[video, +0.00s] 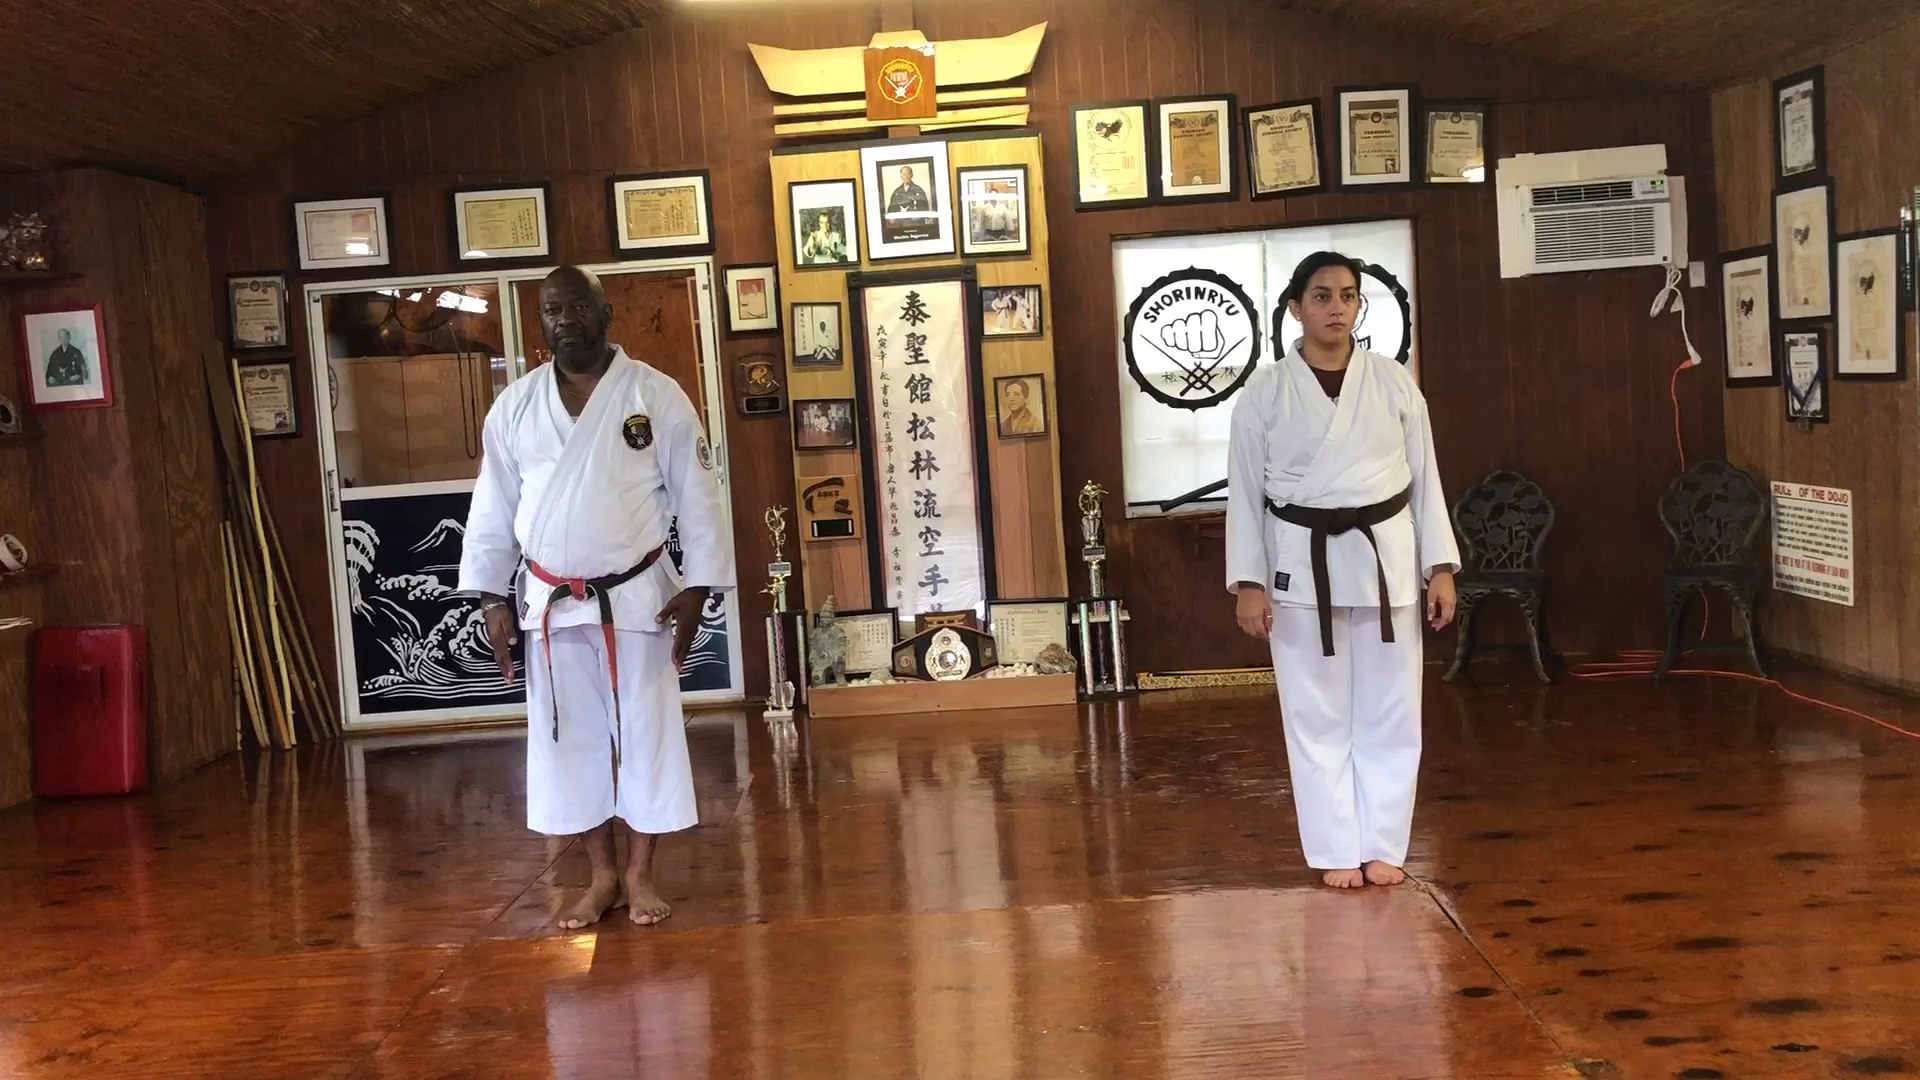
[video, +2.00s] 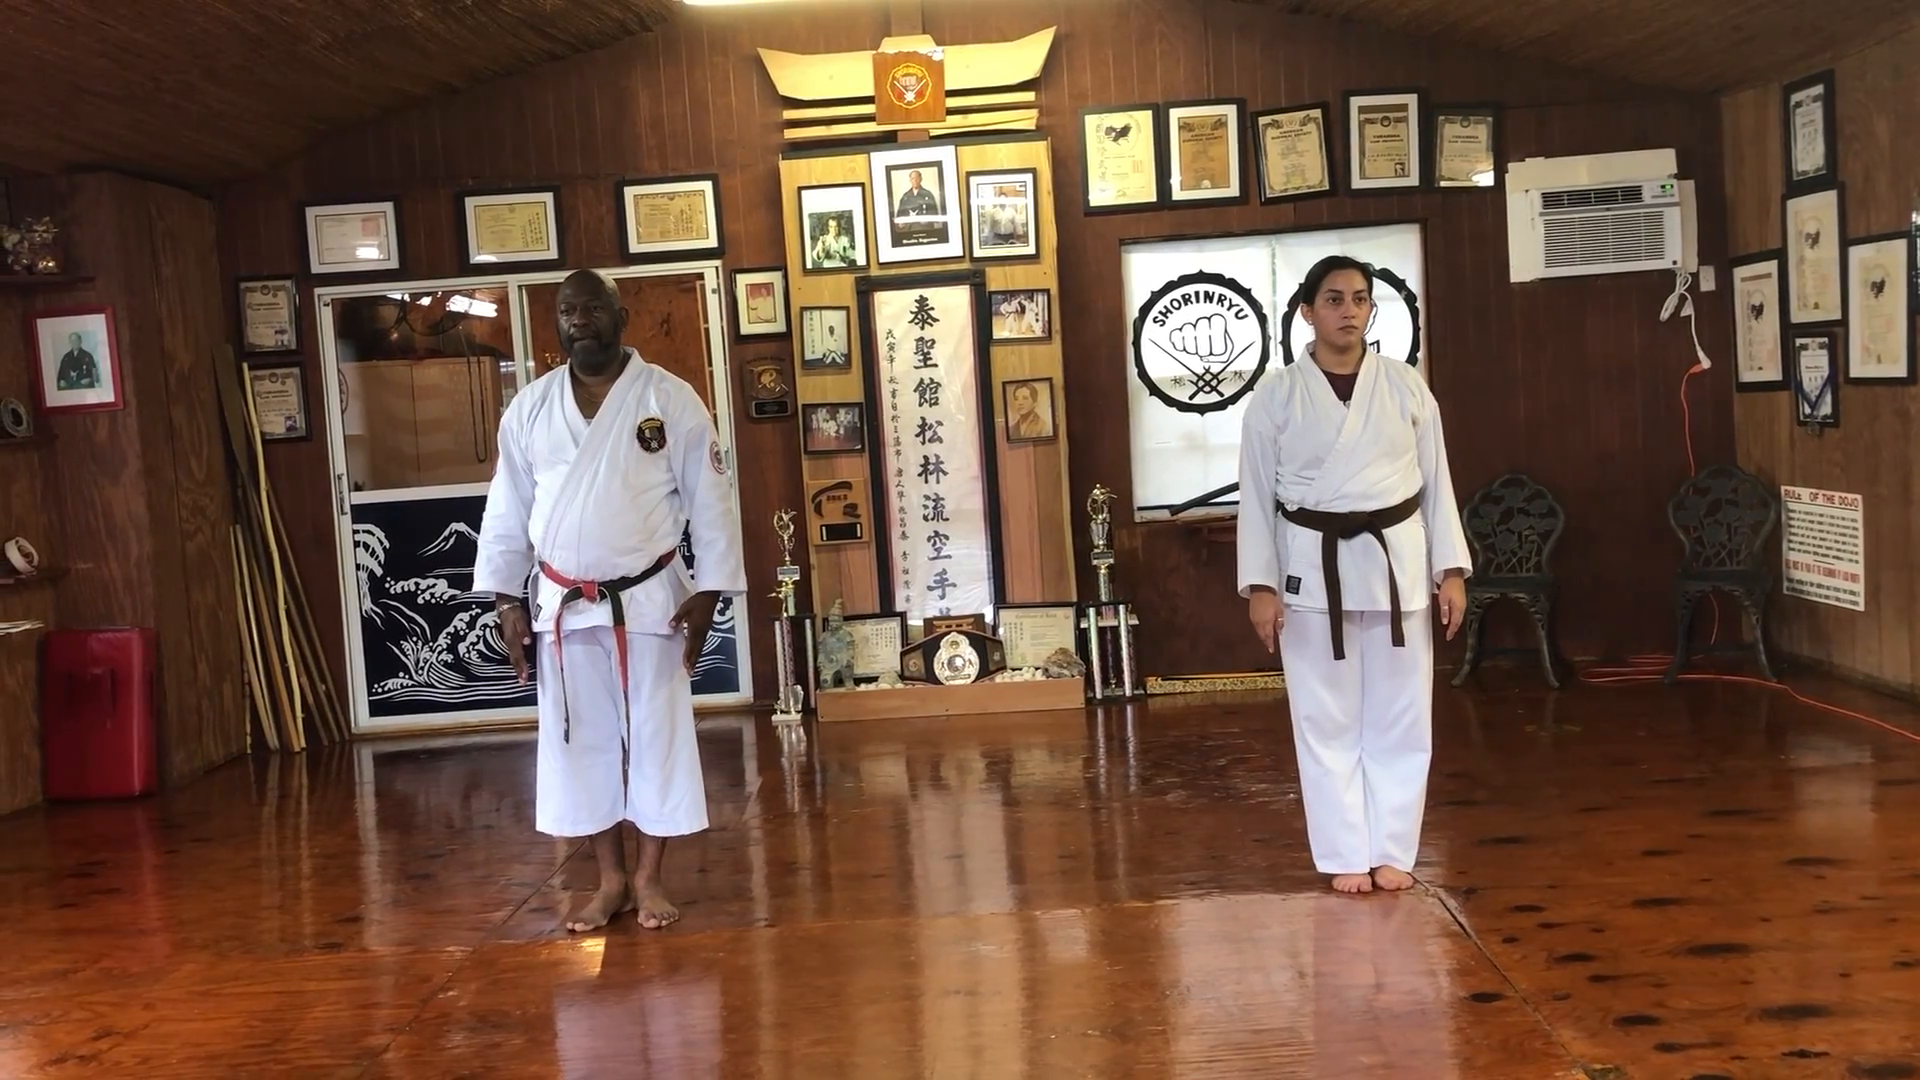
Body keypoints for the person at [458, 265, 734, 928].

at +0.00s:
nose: (565, 320)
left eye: (576, 308)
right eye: (553, 312)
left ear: (606, 314)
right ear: (539, 326)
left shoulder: (655, 395)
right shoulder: (513, 407)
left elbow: (697, 495)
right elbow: (493, 508)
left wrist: (699, 588)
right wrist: (492, 600)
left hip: (636, 589)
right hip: (550, 596)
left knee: (642, 730)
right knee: (572, 731)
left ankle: (638, 875)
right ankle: (601, 875)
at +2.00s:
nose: (581, 322)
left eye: (593, 310)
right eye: (570, 313)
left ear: (622, 318)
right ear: (556, 327)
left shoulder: (669, 398)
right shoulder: (528, 409)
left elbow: (711, 498)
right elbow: (508, 509)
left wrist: (711, 591)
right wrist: (506, 601)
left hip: (649, 592)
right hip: (563, 598)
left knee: (653, 735)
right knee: (583, 736)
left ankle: (647, 879)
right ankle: (610, 880)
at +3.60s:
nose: (565, 423)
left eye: (577, 409)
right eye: (553, 412)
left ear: (604, 392)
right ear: (539, 406)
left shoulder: (664, 433)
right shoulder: (518, 447)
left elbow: (719, 515)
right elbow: (516, 537)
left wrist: (706, 605)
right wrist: (537, 620)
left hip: (662, 614)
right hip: (578, 619)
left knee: (665, 747)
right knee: (592, 747)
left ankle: (651, 881)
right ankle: (613, 883)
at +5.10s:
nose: (583, 322)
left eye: (595, 309)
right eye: (571, 313)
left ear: (624, 317)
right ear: (558, 329)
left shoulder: (675, 399)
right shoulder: (531, 412)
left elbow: (712, 502)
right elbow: (515, 511)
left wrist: (703, 592)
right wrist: (524, 601)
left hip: (654, 591)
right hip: (570, 599)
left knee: (658, 734)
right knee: (590, 735)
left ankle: (653, 880)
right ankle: (617, 880)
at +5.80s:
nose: (592, 324)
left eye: (603, 310)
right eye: (579, 314)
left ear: (631, 316)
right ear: (566, 326)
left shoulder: (682, 394)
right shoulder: (541, 413)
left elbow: (728, 491)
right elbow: (526, 512)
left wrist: (733, 579)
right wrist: (533, 604)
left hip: (680, 585)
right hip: (591, 597)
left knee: (712, 723)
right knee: (600, 735)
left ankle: (747, 868)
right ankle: (620, 881)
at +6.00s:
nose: (619, 329)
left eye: (631, 316)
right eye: (606, 319)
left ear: (661, 320)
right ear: (593, 328)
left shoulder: (713, 399)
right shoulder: (570, 412)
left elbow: (759, 493)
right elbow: (549, 506)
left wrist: (744, 568)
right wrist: (556, 591)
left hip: (708, 587)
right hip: (618, 599)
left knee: (770, 722)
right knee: (616, 737)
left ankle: (819, 869)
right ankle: (622, 883)